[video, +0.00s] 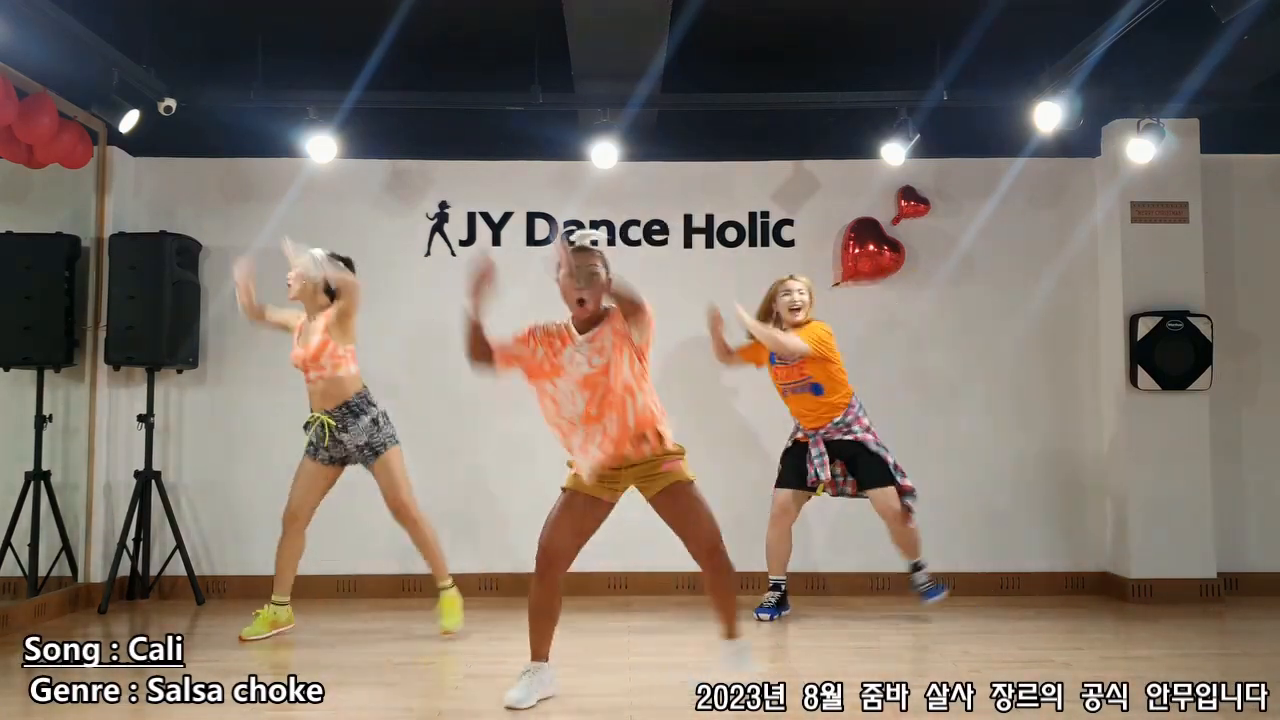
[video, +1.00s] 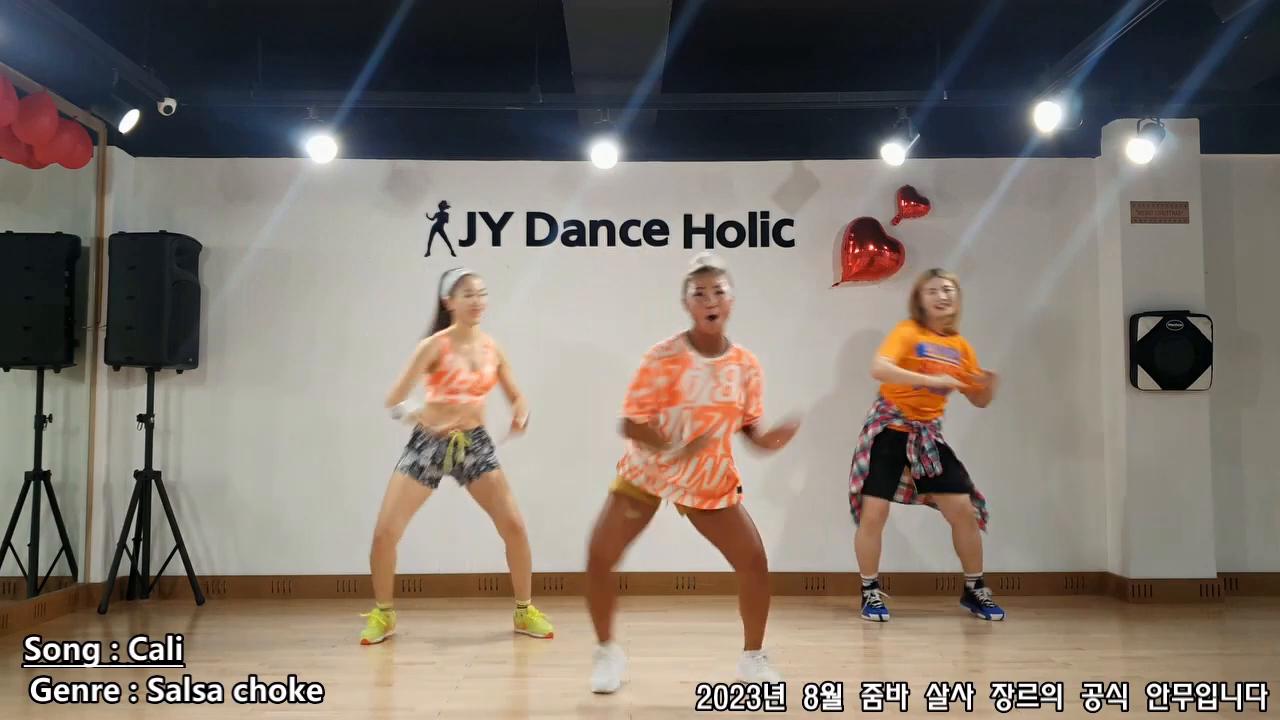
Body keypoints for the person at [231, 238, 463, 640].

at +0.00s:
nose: (290, 279)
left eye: (297, 274)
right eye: (291, 273)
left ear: (318, 282)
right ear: (297, 282)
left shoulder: (338, 316)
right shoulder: (298, 322)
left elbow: (349, 288)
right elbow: (257, 313)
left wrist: (319, 262)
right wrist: (245, 284)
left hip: (362, 418)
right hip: (324, 427)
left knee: (403, 508)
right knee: (294, 517)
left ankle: (447, 589)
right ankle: (279, 607)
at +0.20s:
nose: (295, 285)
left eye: (305, 279)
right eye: (294, 278)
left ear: (330, 288)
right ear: (293, 287)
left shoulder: (339, 324)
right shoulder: (294, 325)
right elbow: (249, 318)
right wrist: (234, 282)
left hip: (362, 424)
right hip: (322, 432)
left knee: (400, 513)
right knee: (288, 521)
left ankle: (445, 593)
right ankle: (280, 609)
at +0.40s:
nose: (342, 295)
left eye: (351, 288)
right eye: (335, 289)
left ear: (365, 296)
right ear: (327, 298)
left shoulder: (385, 343)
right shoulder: (320, 347)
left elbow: (424, 389)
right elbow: (298, 395)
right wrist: (285, 411)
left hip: (380, 440)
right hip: (335, 441)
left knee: (401, 534)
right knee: (286, 526)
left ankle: (423, 611)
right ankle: (278, 613)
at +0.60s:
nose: (383, 284)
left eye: (391, 278)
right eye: (376, 279)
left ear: (402, 285)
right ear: (365, 286)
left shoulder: (419, 322)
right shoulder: (356, 325)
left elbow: (475, 342)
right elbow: (306, 352)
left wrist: (443, 330)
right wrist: (328, 335)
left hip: (418, 425)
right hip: (373, 426)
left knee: (418, 525)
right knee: (346, 518)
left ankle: (425, 610)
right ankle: (354, 601)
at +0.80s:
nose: (418, 291)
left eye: (426, 285)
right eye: (411, 285)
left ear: (436, 292)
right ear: (399, 292)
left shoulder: (449, 331)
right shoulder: (385, 333)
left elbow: (503, 363)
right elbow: (333, 361)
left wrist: (476, 346)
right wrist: (367, 343)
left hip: (444, 428)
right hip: (398, 431)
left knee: (484, 513)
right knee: (381, 532)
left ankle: (486, 594)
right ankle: (386, 613)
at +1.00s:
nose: (478, 301)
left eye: (481, 294)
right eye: (468, 295)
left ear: (487, 300)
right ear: (449, 303)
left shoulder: (490, 348)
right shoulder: (434, 346)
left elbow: (516, 396)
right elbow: (394, 400)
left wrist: (520, 415)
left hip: (474, 443)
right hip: (430, 444)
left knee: (514, 526)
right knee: (385, 532)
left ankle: (524, 610)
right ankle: (383, 612)